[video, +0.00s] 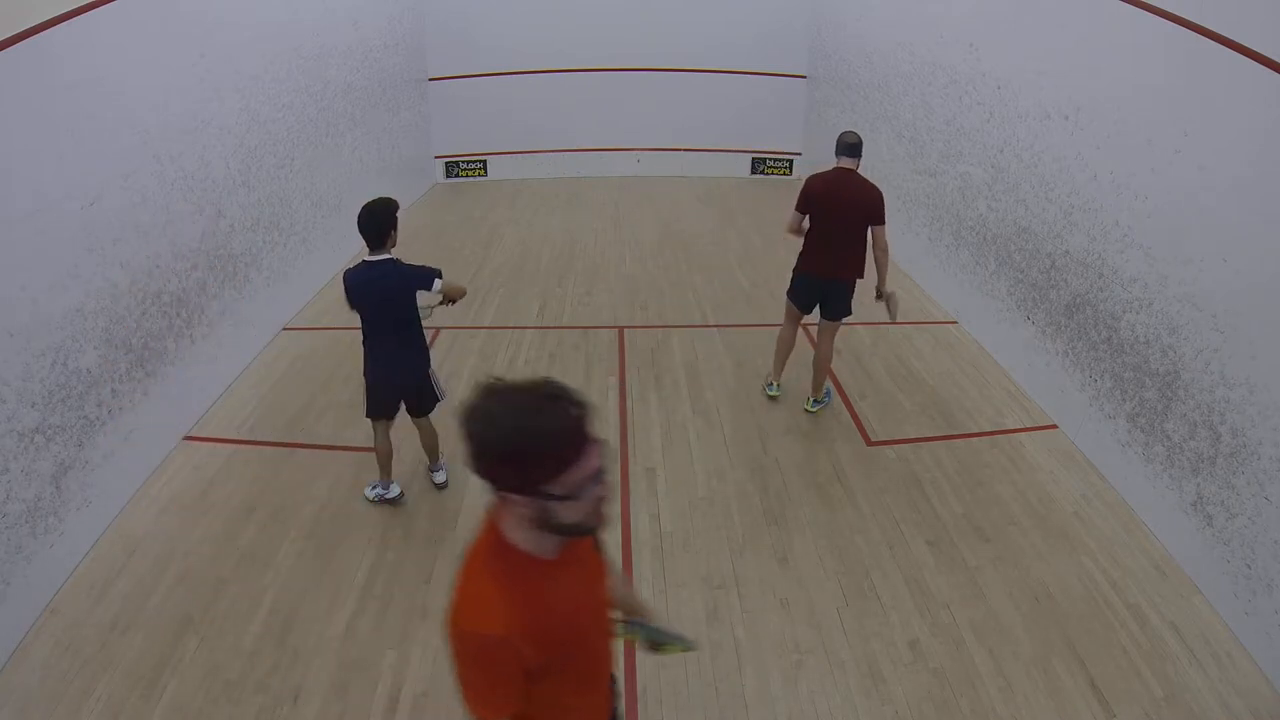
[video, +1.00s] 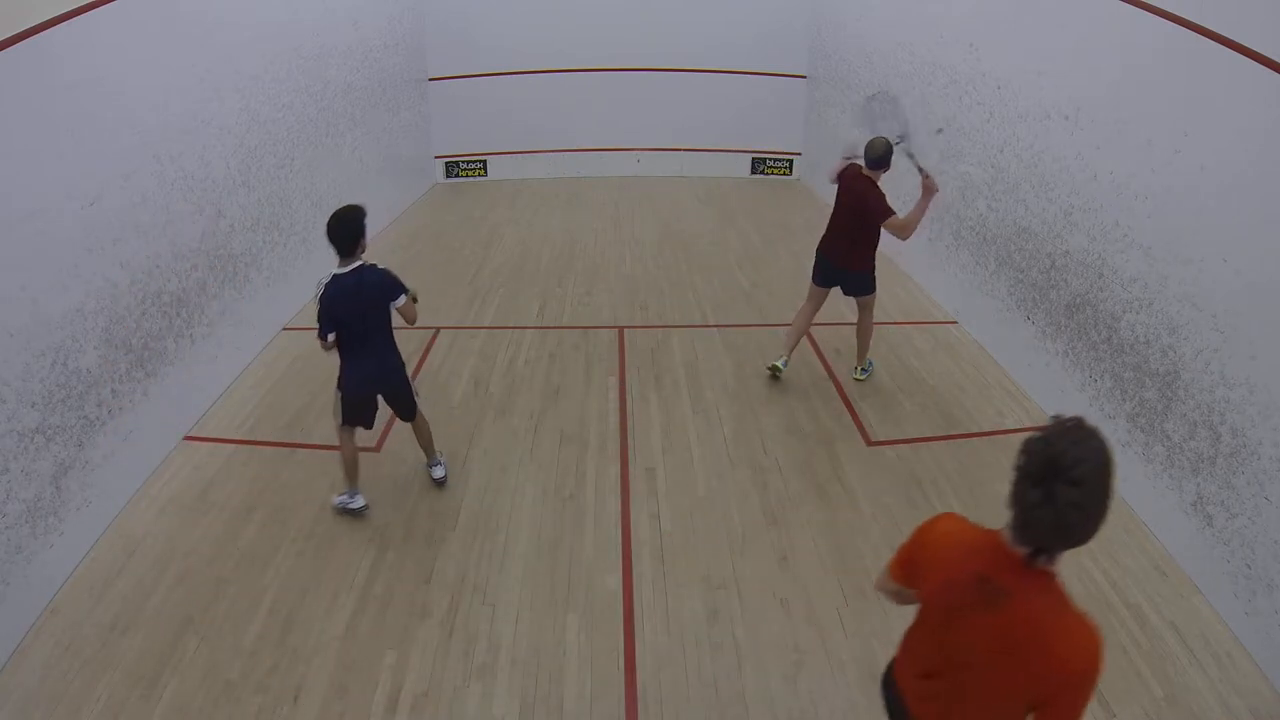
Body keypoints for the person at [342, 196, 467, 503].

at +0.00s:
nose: (398, 232)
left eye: (395, 227)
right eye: (396, 227)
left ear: (364, 235)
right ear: (392, 234)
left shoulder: (352, 278)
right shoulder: (408, 274)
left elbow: (357, 308)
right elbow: (457, 290)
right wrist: (443, 298)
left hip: (378, 369)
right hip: (413, 364)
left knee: (380, 428)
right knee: (422, 419)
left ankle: (387, 486)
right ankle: (437, 470)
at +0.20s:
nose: (392, 228)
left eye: (390, 225)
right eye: (391, 225)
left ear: (357, 235)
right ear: (386, 232)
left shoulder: (349, 279)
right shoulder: (404, 269)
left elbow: (339, 320)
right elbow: (444, 305)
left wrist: (360, 293)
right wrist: (445, 320)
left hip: (377, 366)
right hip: (411, 360)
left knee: (380, 426)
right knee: (421, 417)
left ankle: (387, 486)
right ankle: (437, 470)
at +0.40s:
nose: (389, 226)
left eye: (387, 222)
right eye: (388, 223)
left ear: (354, 233)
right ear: (384, 229)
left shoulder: (349, 275)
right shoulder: (403, 268)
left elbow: (325, 315)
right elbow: (428, 319)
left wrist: (328, 274)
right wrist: (433, 348)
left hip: (376, 366)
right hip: (408, 359)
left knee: (381, 427)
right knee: (420, 417)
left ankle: (387, 486)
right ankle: (436, 468)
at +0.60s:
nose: (388, 226)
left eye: (386, 222)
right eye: (387, 223)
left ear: (354, 233)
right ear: (382, 230)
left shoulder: (347, 278)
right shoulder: (400, 270)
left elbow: (330, 325)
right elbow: (422, 321)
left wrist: (347, 302)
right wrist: (428, 347)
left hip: (372, 370)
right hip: (406, 362)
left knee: (379, 427)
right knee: (419, 416)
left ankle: (387, 485)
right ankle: (436, 468)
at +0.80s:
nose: (385, 228)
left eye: (382, 224)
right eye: (383, 224)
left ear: (350, 234)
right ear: (379, 232)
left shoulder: (343, 280)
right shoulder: (395, 270)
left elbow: (337, 330)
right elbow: (420, 317)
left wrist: (357, 323)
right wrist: (426, 319)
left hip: (366, 369)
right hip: (400, 362)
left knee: (372, 427)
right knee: (417, 415)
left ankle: (384, 487)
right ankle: (436, 468)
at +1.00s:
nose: (367, 237)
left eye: (363, 232)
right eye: (365, 233)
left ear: (333, 244)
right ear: (361, 241)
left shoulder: (329, 290)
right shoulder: (380, 277)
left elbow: (326, 342)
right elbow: (411, 318)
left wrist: (346, 329)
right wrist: (409, 298)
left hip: (354, 375)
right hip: (389, 367)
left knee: (347, 431)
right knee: (414, 415)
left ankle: (353, 494)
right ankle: (435, 465)